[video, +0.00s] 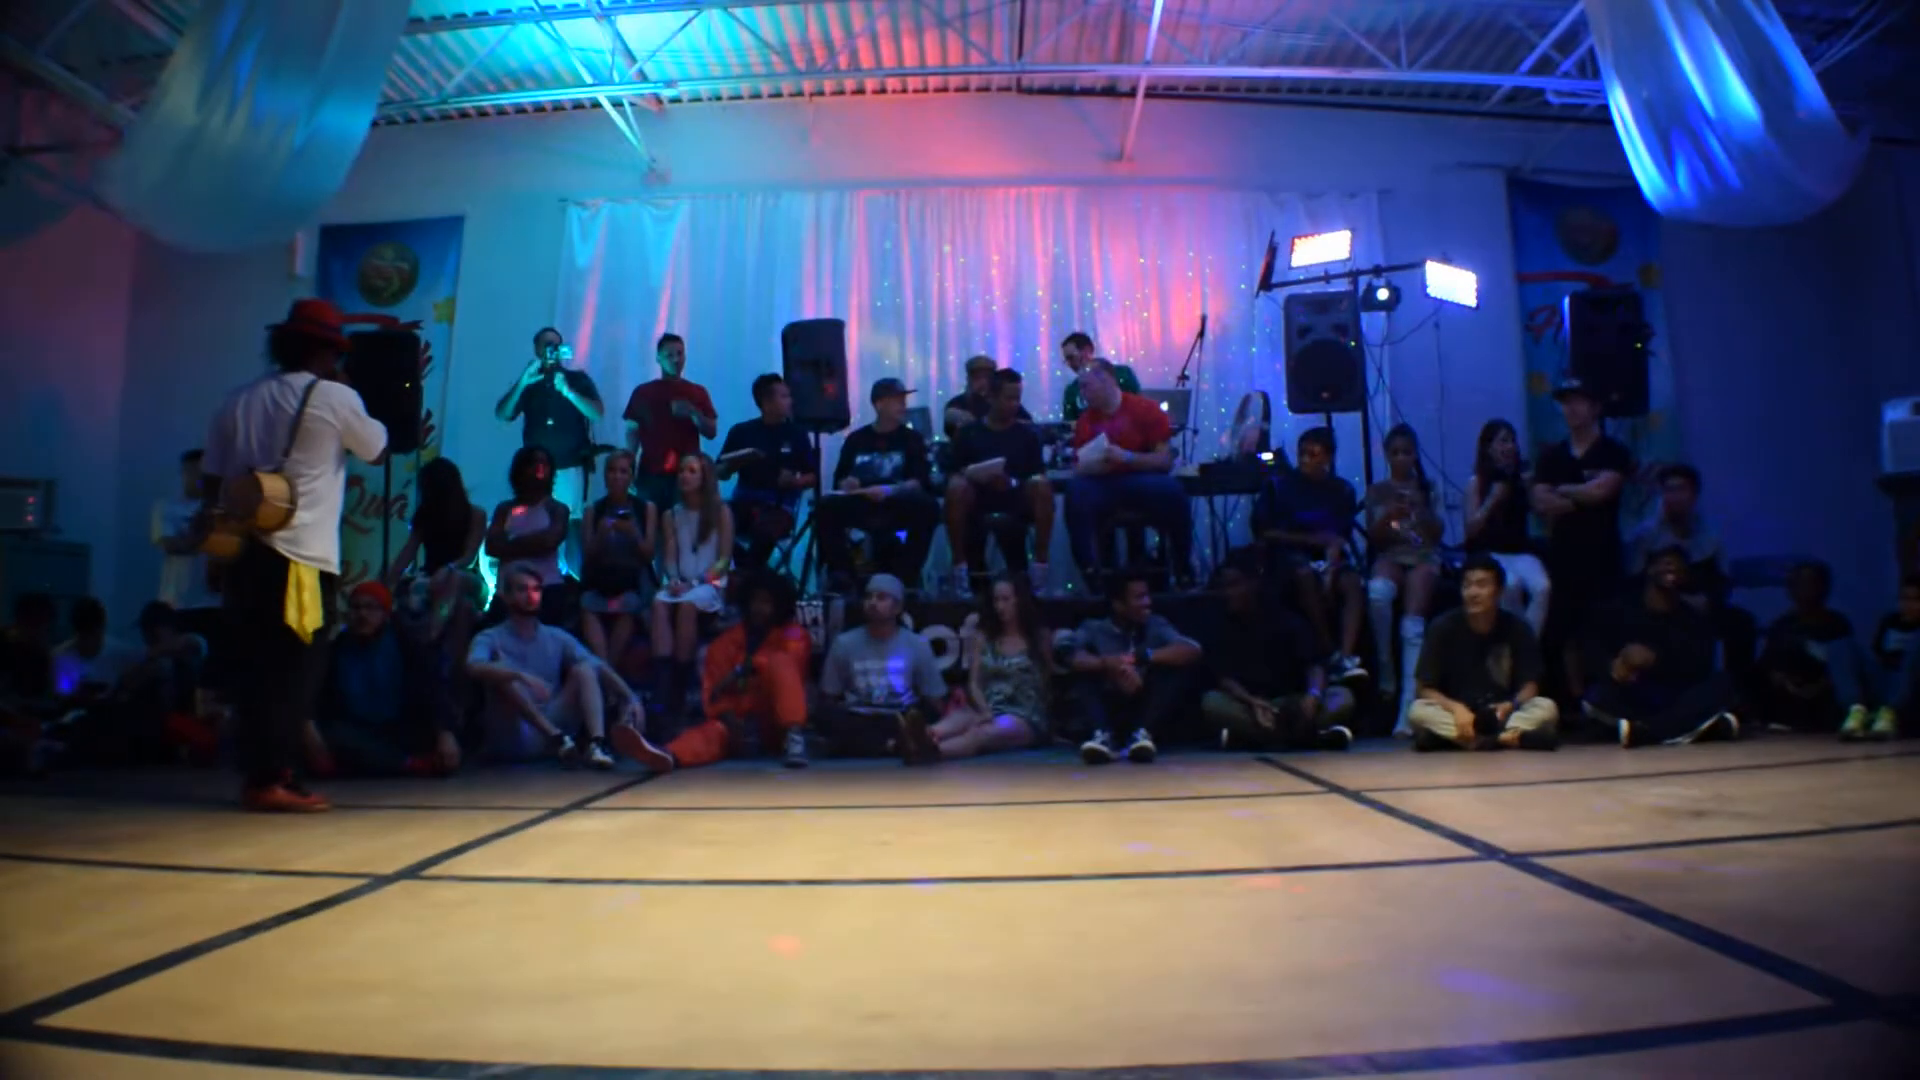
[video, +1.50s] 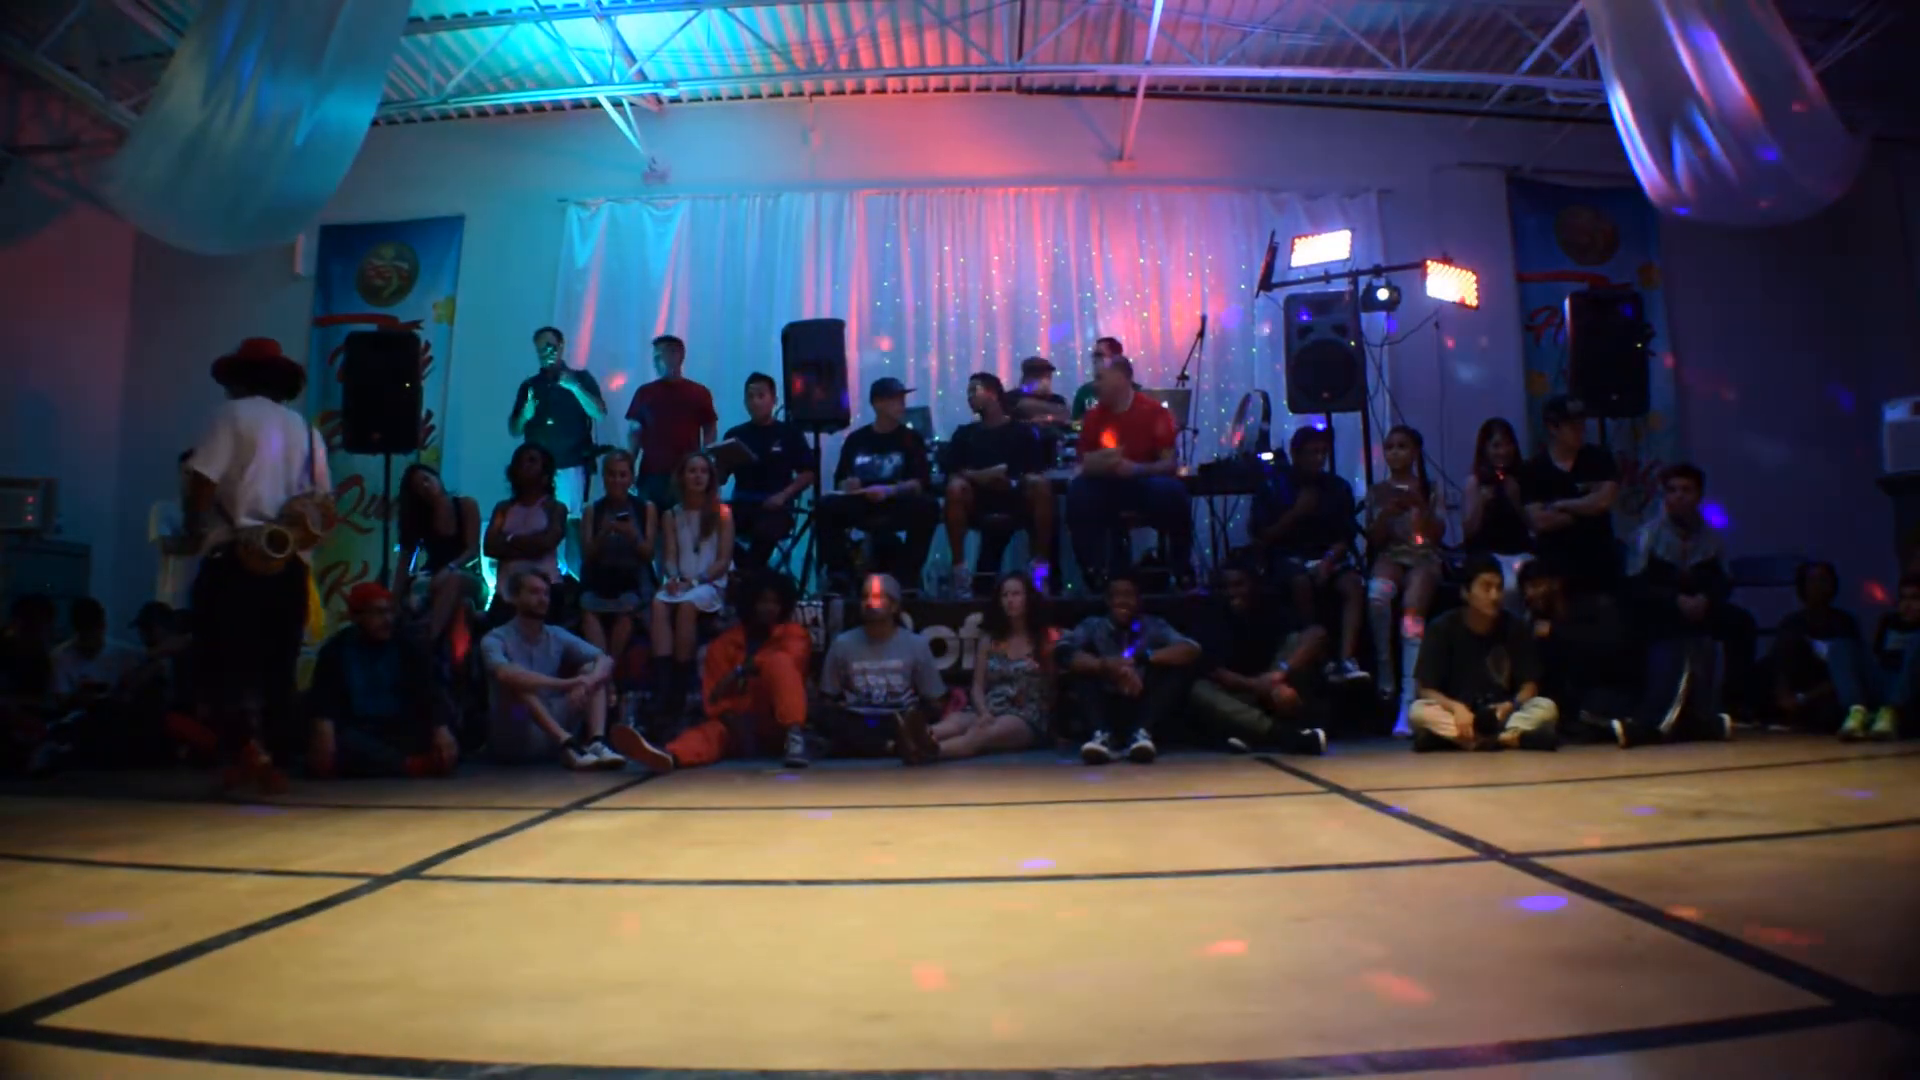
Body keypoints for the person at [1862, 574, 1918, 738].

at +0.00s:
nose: (1910, 605)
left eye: (1914, 599)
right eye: (1906, 599)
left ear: (1919, 602)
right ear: (1900, 600)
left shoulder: (1916, 629)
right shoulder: (1889, 622)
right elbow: (1875, 650)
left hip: (1908, 681)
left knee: (1911, 661)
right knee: (1842, 648)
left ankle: (1889, 712)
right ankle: (1856, 709)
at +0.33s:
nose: (1910, 605)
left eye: (1914, 600)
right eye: (1906, 599)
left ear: (1919, 602)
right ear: (1900, 600)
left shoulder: (1916, 628)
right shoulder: (1889, 622)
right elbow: (1876, 650)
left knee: (1911, 659)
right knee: (1842, 648)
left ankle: (1889, 712)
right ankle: (1856, 709)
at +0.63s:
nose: (1909, 605)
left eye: (1914, 599)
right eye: (1904, 598)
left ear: (1919, 602)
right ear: (1899, 600)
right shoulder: (1888, 622)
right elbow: (1876, 653)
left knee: (1912, 656)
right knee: (1841, 647)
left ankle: (1889, 713)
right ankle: (1856, 709)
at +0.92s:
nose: (1908, 604)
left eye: (1914, 598)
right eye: (1904, 598)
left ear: (1919, 601)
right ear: (1899, 600)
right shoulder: (1888, 622)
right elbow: (1875, 653)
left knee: (1912, 655)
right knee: (1842, 647)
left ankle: (1889, 712)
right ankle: (1856, 710)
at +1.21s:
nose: (1908, 604)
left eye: (1913, 598)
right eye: (1904, 598)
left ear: (1919, 602)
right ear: (1898, 601)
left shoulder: (1916, 631)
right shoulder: (1888, 622)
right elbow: (1876, 654)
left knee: (1912, 655)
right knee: (1841, 648)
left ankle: (1888, 712)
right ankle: (1855, 709)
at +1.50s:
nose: (1908, 604)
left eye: (1913, 598)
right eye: (1904, 598)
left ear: (1919, 601)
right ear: (1898, 600)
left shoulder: (1916, 630)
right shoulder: (1888, 622)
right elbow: (1877, 654)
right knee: (1841, 648)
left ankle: (1889, 711)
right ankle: (1856, 709)